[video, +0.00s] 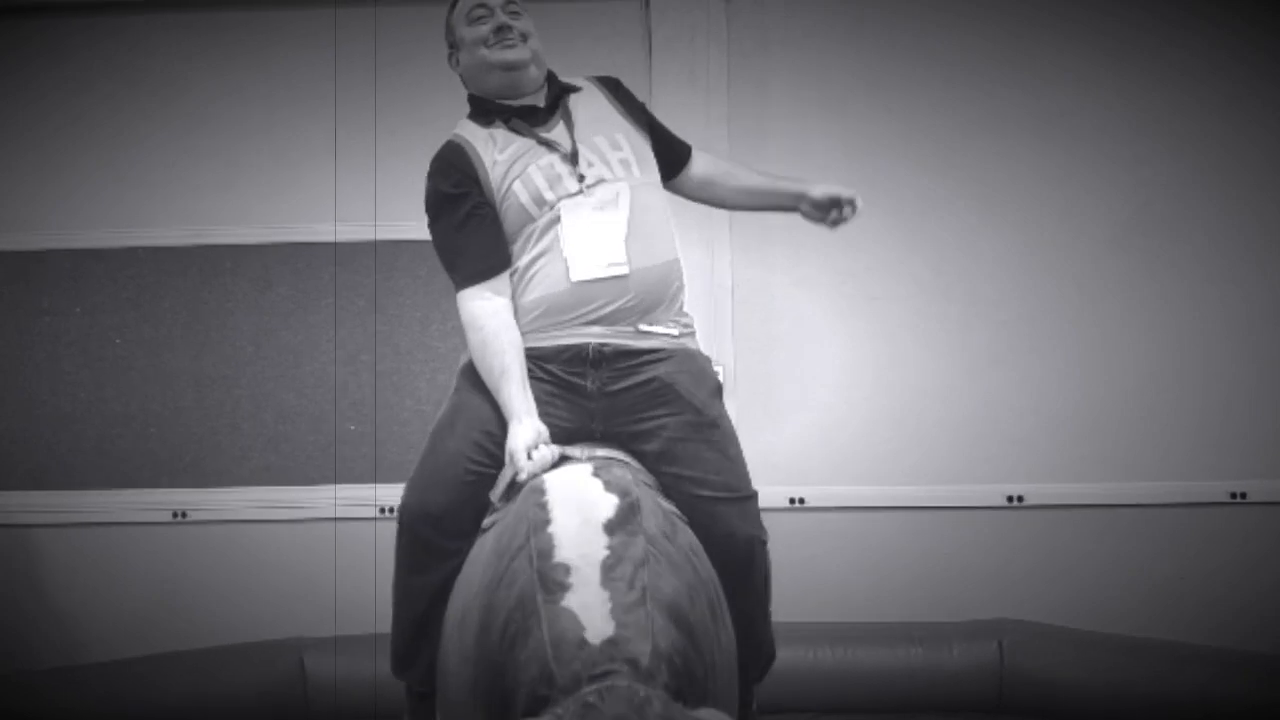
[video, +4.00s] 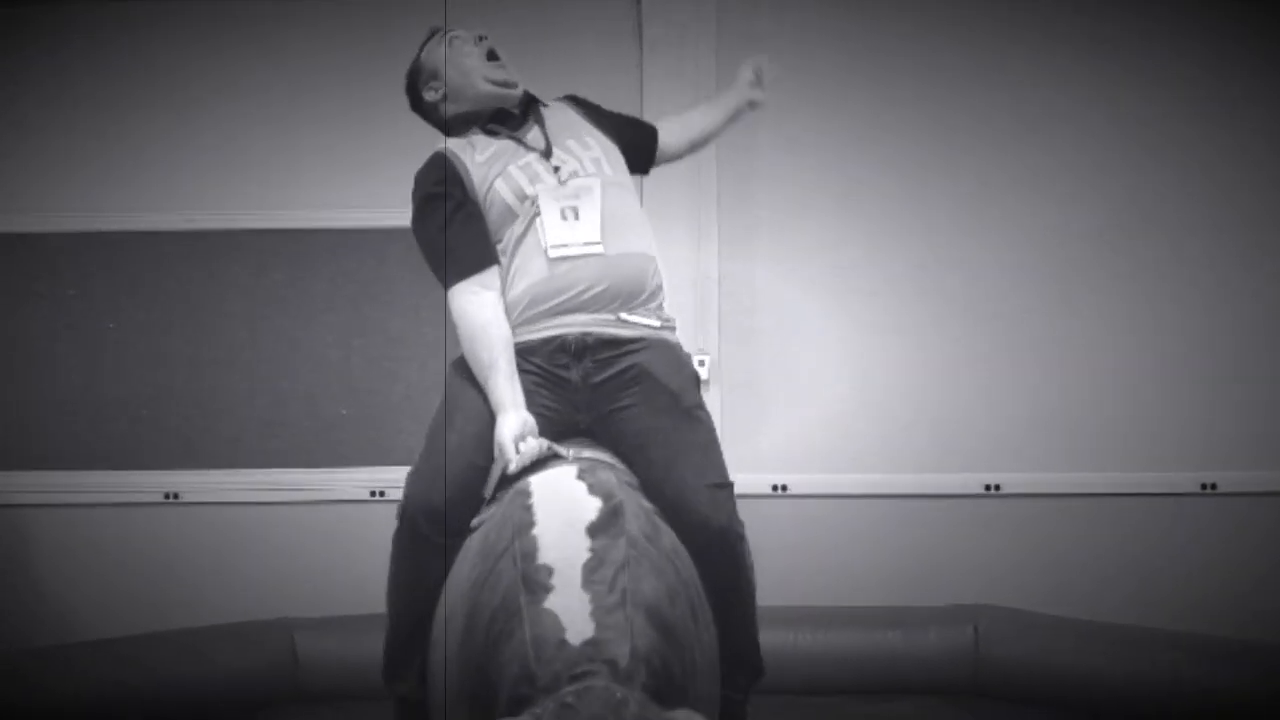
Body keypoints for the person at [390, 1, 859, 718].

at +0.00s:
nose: (503, 20)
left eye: (511, 11)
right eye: (479, 19)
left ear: (535, 32)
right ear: (458, 65)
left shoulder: (606, 99)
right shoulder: (463, 161)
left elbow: (690, 170)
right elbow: (484, 303)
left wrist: (800, 196)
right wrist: (521, 415)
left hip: (659, 362)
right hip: (528, 372)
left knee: (736, 535)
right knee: (429, 513)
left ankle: (739, 695)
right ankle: (424, 695)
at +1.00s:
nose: (497, 118)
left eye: (512, 95)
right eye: (474, 104)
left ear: (542, 103)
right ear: (453, 126)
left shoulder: (619, 161)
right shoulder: (447, 228)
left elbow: (707, 263)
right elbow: (470, 373)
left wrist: (677, 378)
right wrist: (513, 482)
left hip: (651, 441)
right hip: (513, 448)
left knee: (735, 604)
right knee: (411, 574)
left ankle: (750, 718)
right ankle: (406, 715)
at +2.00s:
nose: (572, 218)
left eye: (582, 206)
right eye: (555, 207)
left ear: (597, 221)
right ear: (529, 227)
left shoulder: (628, 272)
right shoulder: (500, 287)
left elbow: (654, 351)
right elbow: (479, 383)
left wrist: (595, 415)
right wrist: (521, 437)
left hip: (625, 422)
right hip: (528, 430)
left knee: (728, 511)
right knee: (441, 519)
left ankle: (742, 659)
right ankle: (420, 666)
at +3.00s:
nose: (533, 64)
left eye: (534, 51)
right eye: (509, 56)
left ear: (547, 65)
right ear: (474, 87)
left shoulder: (605, 132)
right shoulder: (466, 172)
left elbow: (699, 155)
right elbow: (474, 284)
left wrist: (765, 111)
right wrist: (508, 371)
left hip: (626, 339)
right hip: (519, 346)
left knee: (700, 476)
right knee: (434, 456)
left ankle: (725, 663)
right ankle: (418, 652)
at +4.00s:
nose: (494, 48)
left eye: (489, 44)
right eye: (471, 47)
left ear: (507, 67)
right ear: (438, 97)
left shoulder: (579, 116)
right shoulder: (446, 172)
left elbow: (661, 141)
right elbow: (474, 295)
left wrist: (740, 98)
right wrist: (510, 409)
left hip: (638, 353)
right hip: (514, 365)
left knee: (709, 518)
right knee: (428, 509)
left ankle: (735, 695)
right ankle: (411, 697)